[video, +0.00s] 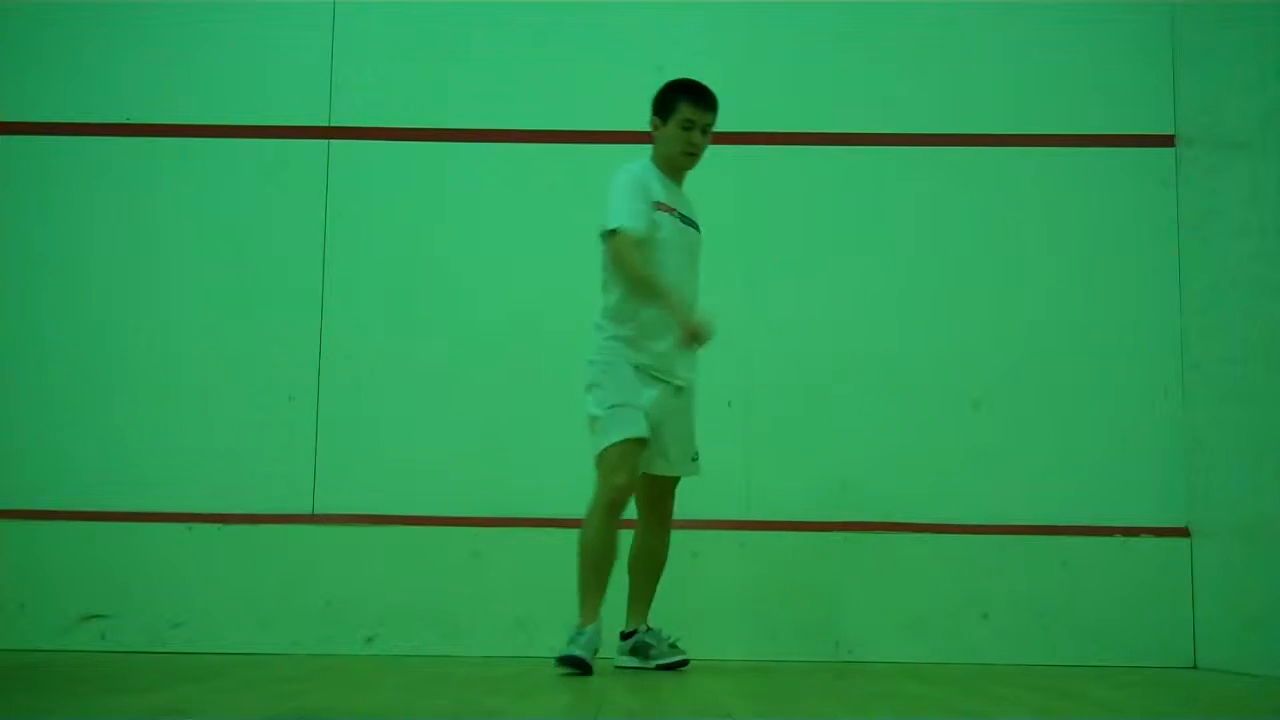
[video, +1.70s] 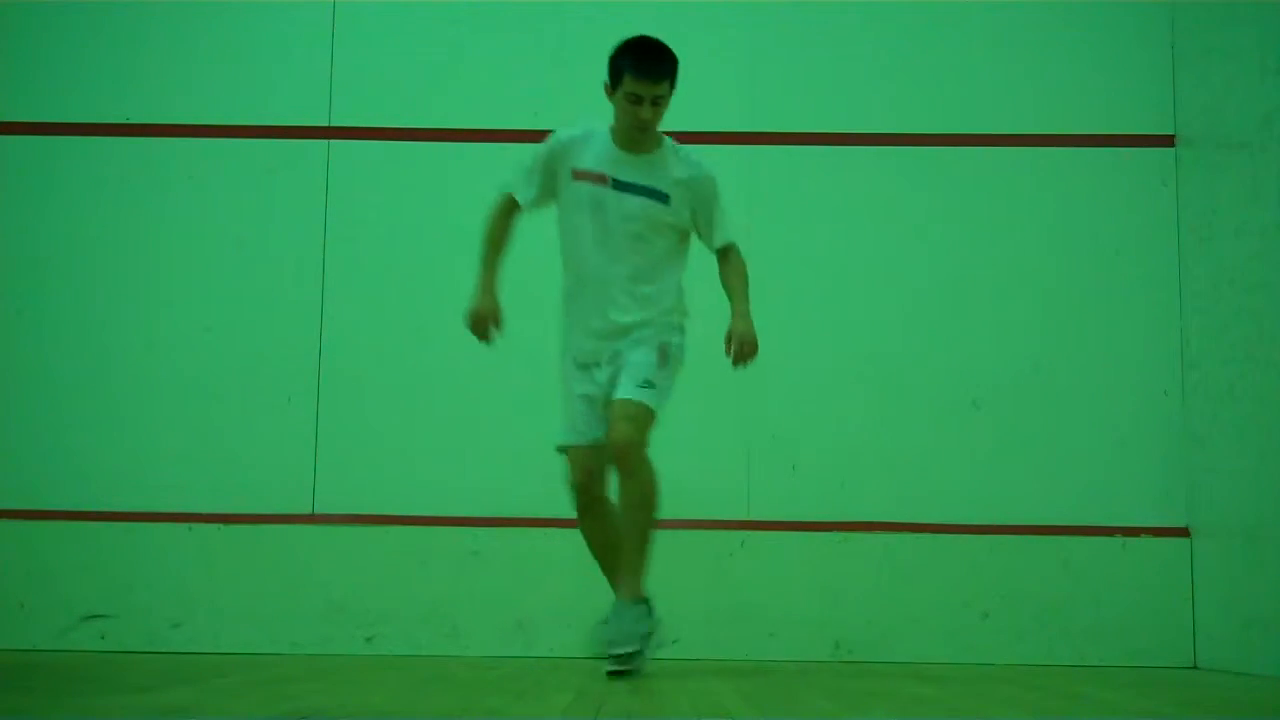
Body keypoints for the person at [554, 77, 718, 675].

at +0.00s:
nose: (695, 140)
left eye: (704, 131)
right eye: (686, 127)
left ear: (709, 139)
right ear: (657, 125)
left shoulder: (684, 206)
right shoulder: (633, 179)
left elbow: (671, 281)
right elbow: (623, 256)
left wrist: (679, 341)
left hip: (672, 373)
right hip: (623, 362)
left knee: (658, 498)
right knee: (616, 484)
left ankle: (637, 630)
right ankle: (586, 629)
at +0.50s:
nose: (670, 140)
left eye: (682, 128)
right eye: (659, 127)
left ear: (698, 125)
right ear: (639, 122)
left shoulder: (723, 185)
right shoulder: (608, 177)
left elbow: (731, 264)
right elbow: (573, 265)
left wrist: (734, 330)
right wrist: (594, 331)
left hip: (690, 372)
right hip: (616, 367)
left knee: (716, 495)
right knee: (594, 491)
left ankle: (721, 633)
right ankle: (578, 631)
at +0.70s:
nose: (698, 135)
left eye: (709, 124)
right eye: (687, 122)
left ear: (724, 123)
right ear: (666, 117)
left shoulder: (750, 178)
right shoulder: (629, 171)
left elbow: (773, 255)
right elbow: (591, 252)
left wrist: (770, 327)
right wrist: (568, 336)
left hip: (718, 353)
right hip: (646, 346)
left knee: (724, 491)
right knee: (629, 425)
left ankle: (723, 632)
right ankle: (642, 568)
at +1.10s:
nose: (709, 155)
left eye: (721, 144)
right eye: (699, 143)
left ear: (736, 145)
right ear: (680, 140)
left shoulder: (763, 226)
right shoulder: (641, 207)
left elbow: (787, 298)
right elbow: (602, 288)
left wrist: (805, 346)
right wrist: (589, 376)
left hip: (727, 373)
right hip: (657, 358)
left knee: (737, 497)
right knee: (686, 405)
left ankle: (722, 634)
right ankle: (710, 536)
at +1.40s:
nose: (680, 114)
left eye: (692, 104)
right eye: (670, 102)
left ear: (705, 110)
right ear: (649, 104)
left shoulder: (734, 191)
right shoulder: (609, 181)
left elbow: (760, 268)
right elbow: (584, 264)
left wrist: (770, 321)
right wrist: (582, 344)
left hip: (704, 362)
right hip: (630, 356)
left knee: (715, 497)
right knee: (606, 453)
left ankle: (721, 631)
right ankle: (637, 592)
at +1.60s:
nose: (654, 124)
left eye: (666, 113)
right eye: (644, 111)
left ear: (681, 116)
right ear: (621, 109)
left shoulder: (702, 195)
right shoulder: (581, 180)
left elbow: (731, 278)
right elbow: (533, 247)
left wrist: (748, 345)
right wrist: (518, 334)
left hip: (669, 361)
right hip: (599, 364)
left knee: (652, 457)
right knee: (602, 499)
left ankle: (684, 590)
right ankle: (636, 629)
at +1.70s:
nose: (646, 115)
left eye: (658, 103)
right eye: (635, 101)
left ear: (671, 101)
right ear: (611, 93)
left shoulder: (690, 176)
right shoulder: (567, 151)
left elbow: (726, 250)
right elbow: (508, 205)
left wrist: (742, 316)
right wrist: (485, 290)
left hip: (652, 333)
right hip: (585, 336)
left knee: (625, 440)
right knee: (584, 479)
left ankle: (630, 600)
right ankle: (632, 606)